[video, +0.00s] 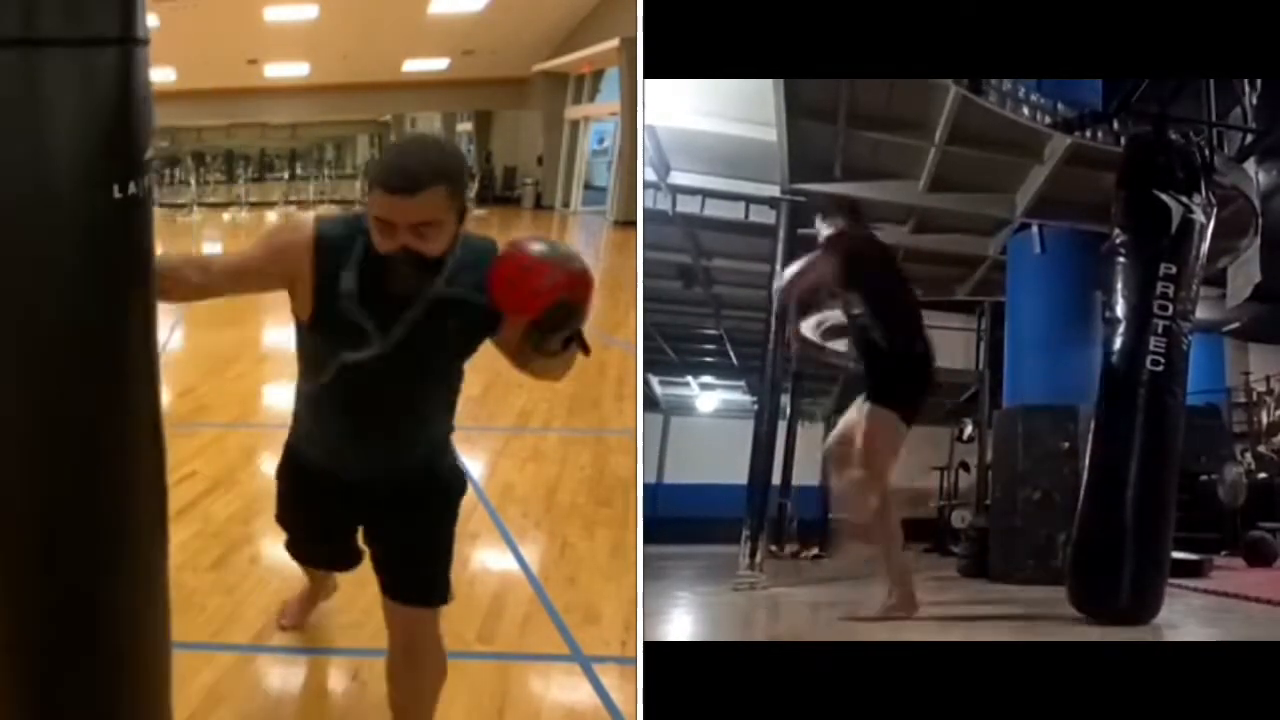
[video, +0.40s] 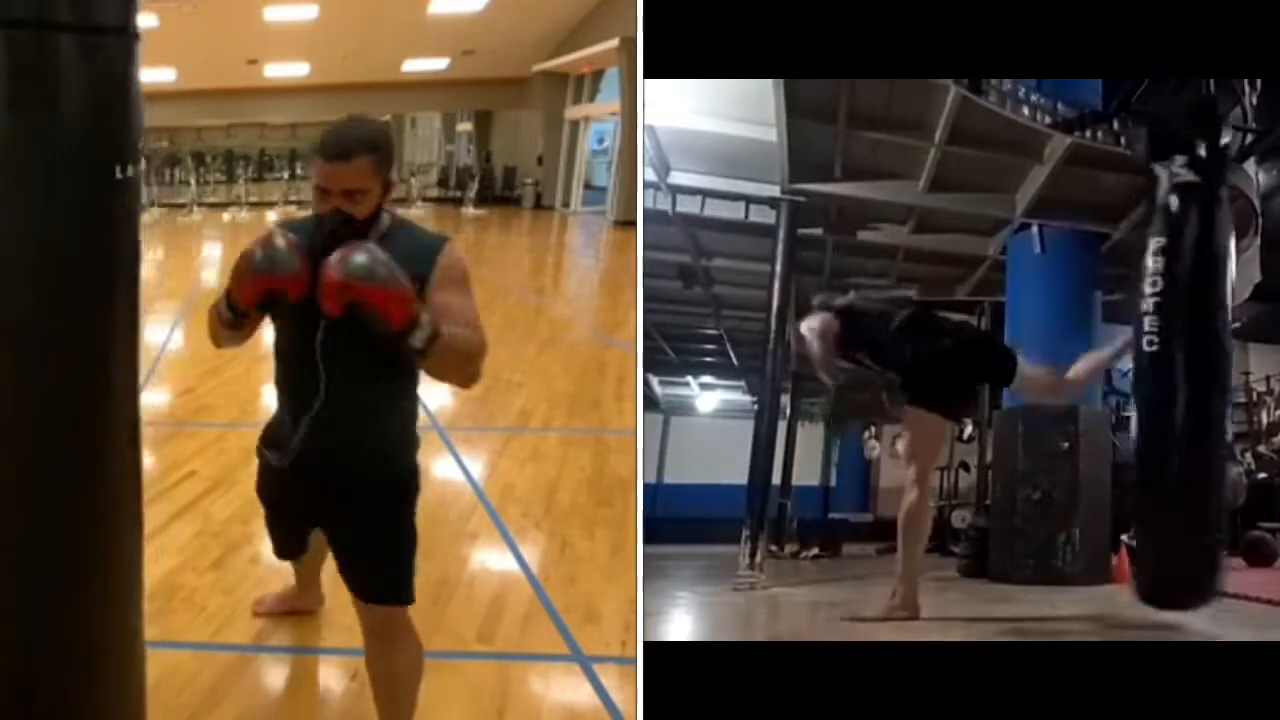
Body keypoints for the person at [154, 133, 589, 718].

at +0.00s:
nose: (399, 244)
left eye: (423, 229)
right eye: (383, 225)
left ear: (461, 215)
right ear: (366, 204)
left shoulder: (482, 270)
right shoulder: (311, 247)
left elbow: (545, 364)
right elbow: (198, 275)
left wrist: (560, 316)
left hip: (416, 475)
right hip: (320, 462)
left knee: (415, 627)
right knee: (313, 547)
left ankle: (414, 715)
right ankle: (319, 586)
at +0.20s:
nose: (393, 241)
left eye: (418, 228)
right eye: (379, 221)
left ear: (455, 215)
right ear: (363, 197)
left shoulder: (474, 272)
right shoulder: (313, 243)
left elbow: (528, 383)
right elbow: (216, 268)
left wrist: (527, 343)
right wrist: (200, 305)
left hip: (404, 476)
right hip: (309, 458)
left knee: (402, 619)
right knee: (294, 543)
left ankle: (403, 715)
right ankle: (302, 574)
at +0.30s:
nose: (368, 220)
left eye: (387, 205)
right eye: (353, 203)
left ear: (421, 196)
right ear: (338, 188)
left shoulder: (459, 263)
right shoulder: (295, 243)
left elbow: (499, 380)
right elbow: (217, 304)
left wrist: (454, 322)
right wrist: (241, 309)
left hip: (391, 474)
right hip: (299, 457)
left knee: (396, 627)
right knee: (282, 533)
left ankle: (400, 716)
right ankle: (296, 579)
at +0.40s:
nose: (336, 208)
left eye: (354, 195)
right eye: (324, 192)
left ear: (386, 187)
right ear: (312, 182)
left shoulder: (428, 257)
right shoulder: (287, 244)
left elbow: (467, 367)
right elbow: (224, 336)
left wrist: (408, 320)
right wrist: (245, 295)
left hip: (374, 459)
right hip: (293, 446)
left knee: (383, 616)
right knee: (298, 528)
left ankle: (395, 716)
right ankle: (307, 593)